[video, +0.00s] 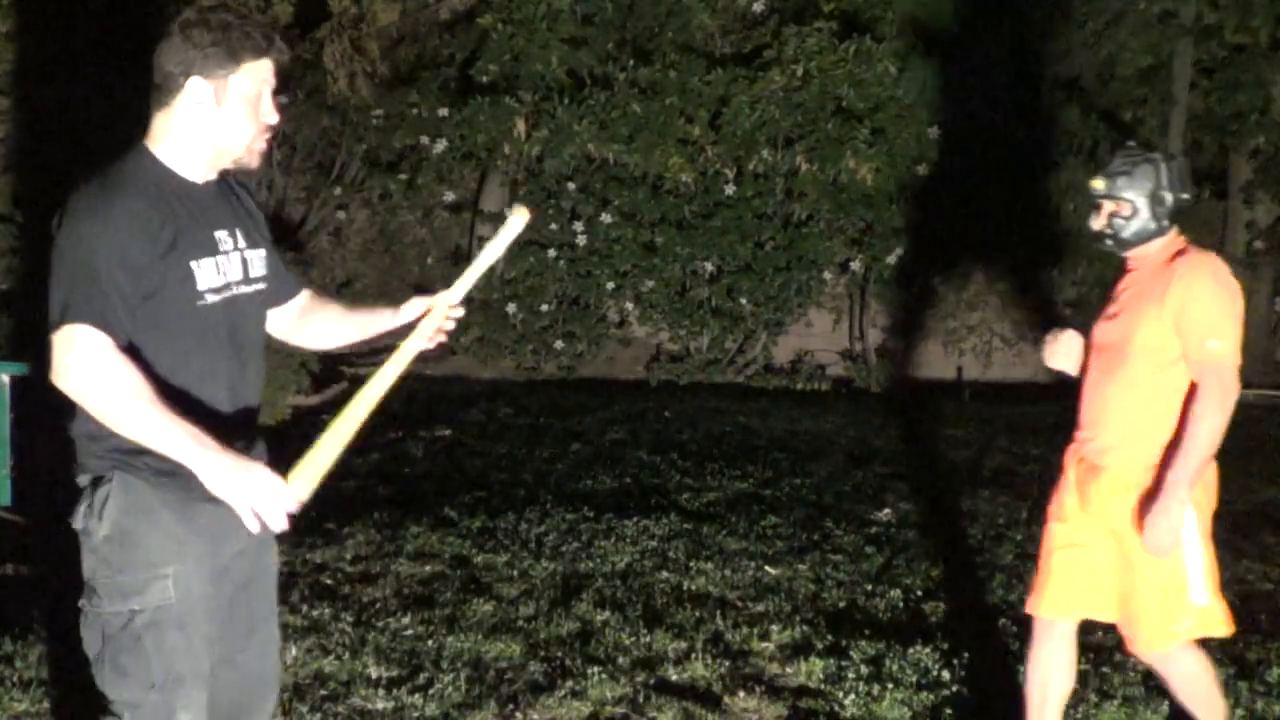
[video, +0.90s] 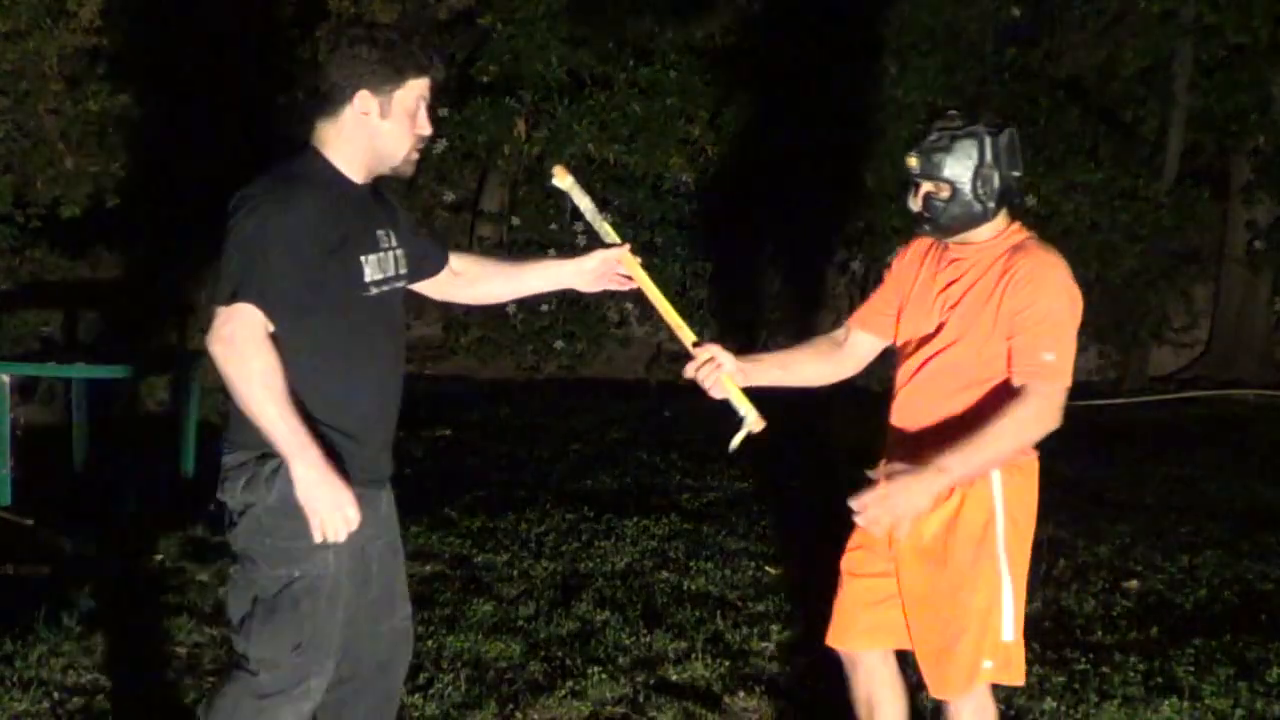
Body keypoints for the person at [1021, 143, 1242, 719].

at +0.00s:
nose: (1100, 218)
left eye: (1114, 204)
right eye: (1099, 204)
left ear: (1153, 205)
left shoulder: (1202, 276)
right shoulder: (1133, 280)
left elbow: (1218, 390)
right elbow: (1139, 374)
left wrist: (1174, 495)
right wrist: (1085, 360)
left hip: (1154, 491)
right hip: (1086, 484)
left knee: (1158, 639)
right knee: (1052, 619)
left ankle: (1217, 716)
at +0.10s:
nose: (1072, 211)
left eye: (1088, 196)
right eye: (1069, 195)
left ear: (1127, 198)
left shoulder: (1176, 271)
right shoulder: (1098, 275)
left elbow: (1206, 381)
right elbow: (1099, 374)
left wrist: (1190, 487)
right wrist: (1048, 355)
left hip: (1129, 480)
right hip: (1058, 473)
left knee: (1099, 639)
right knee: (1040, 627)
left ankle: (1186, 714)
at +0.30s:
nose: (1026, 202)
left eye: (1043, 188)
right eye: (1024, 185)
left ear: (1084, 192)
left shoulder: (1139, 269)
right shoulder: (1031, 267)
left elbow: (1178, 380)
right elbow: (1041, 369)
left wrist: (1164, 489)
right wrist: (987, 360)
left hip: (1089, 475)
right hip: (1016, 471)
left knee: (1040, 636)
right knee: (1020, 635)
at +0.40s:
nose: (1005, 206)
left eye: (1022, 192)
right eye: (1003, 190)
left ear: (1065, 195)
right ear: (1001, 191)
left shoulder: (1123, 273)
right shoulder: (1011, 270)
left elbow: (1154, 389)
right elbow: (987, 365)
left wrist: (1128, 498)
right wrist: (941, 364)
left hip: (1067, 487)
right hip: (996, 483)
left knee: (1023, 647)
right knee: (1007, 642)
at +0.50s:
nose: (994, 210)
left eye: (1012, 197)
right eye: (992, 194)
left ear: (1052, 201)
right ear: (990, 192)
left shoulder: (1103, 280)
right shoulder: (995, 274)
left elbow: (1133, 399)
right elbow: (946, 360)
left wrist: (1090, 507)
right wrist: (887, 370)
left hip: (1042, 497)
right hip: (974, 491)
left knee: (1000, 666)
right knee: (1007, 662)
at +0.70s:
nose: (961, 210)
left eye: (977, 197)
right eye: (958, 194)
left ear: (1020, 202)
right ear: (957, 193)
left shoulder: (1070, 284)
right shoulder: (964, 268)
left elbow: (1084, 414)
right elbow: (897, 349)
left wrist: (1011, 519)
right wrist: (797, 372)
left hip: (1004, 503)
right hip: (935, 494)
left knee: (966, 673)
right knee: (936, 661)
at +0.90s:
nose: (916, 200)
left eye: (932, 187)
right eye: (914, 184)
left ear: (978, 189)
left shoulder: (1038, 274)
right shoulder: (920, 259)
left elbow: (1042, 407)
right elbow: (846, 351)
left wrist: (928, 480)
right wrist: (741, 369)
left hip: (981, 489)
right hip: (897, 478)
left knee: (958, 673)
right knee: (860, 640)